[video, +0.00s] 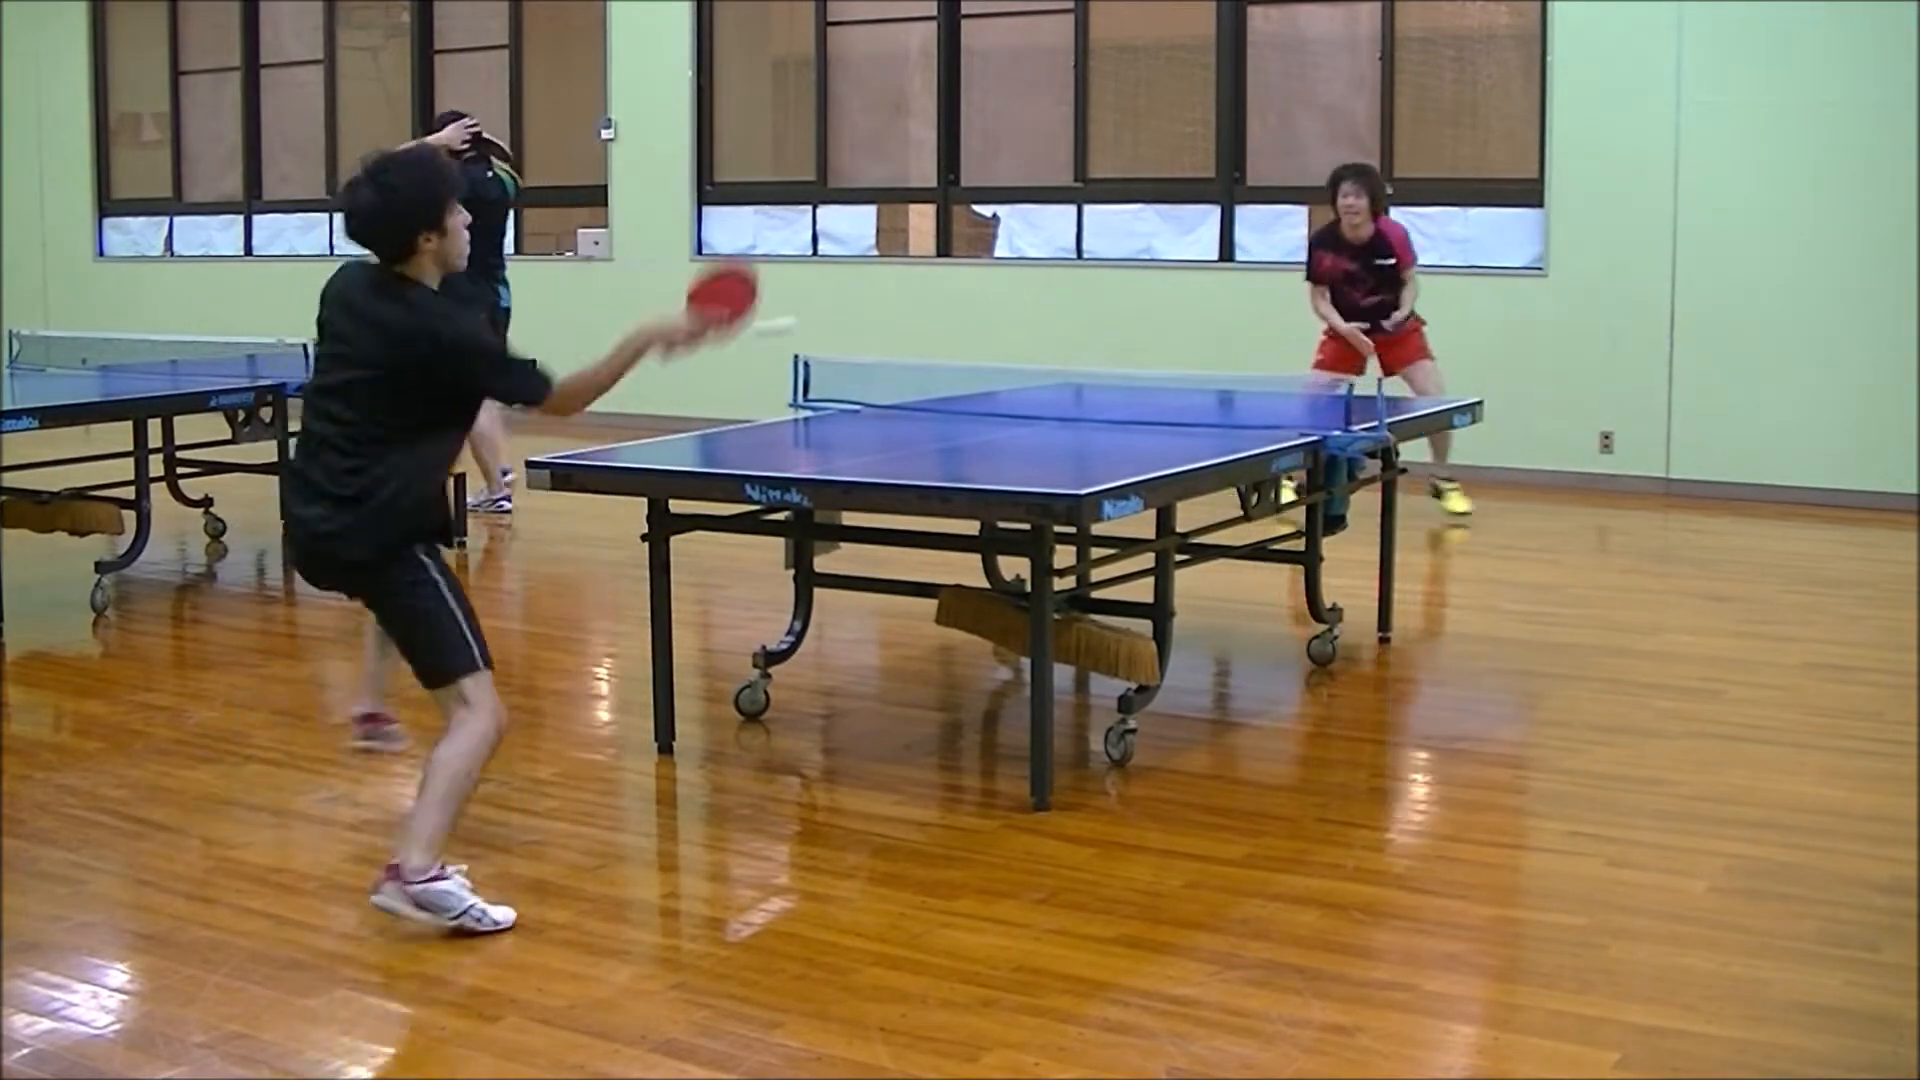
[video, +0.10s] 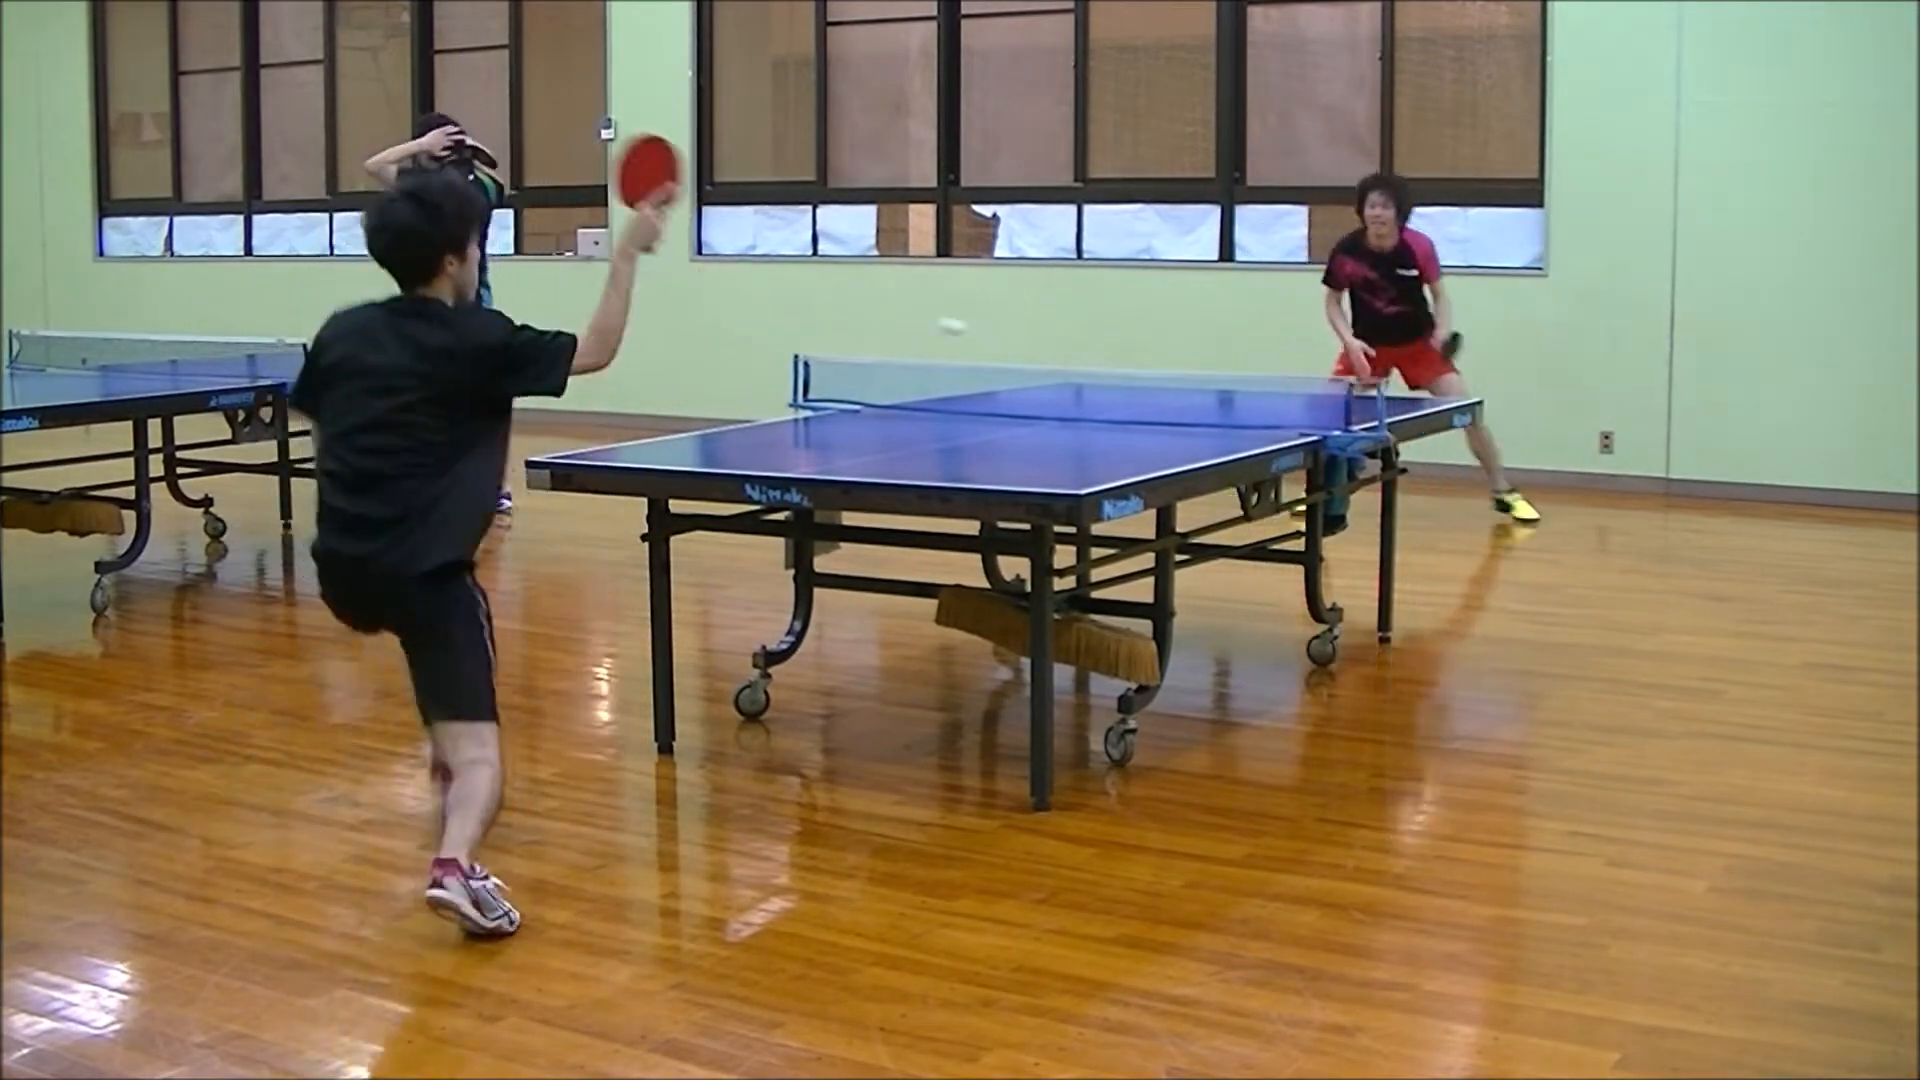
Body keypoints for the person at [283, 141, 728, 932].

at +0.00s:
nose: (470, 226)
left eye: (463, 213)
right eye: (458, 217)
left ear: (394, 234)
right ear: (425, 239)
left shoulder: (344, 287)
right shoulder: (444, 328)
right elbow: (559, 401)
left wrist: (422, 153)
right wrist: (643, 340)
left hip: (313, 521)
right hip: (382, 536)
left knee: (401, 570)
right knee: (479, 709)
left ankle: (369, 705)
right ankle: (415, 870)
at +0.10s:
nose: (479, 257)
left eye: (476, 245)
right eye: (474, 246)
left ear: (395, 258)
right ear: (453, 258)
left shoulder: (344, 331)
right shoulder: (477, 337)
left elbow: (307, 403)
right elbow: (595, 351)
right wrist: (628, 252)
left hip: (343, 577)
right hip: (428, 578)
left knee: (455, 619)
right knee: (477, 756)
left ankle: (439, 762)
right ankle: (454, 866)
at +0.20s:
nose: (482, 303)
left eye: (477, 290)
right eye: (478, 293)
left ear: (401, 302)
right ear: (462, 301)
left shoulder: (352, 387)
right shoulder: (491, 373)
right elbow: (588, 364)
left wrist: (388, 481)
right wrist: (578, 277)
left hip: (369, 613)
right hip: (457, 612)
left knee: (432, 660)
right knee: (513, 777)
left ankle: (456, 775)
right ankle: (457, 858)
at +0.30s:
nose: (484, 306)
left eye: (482, 295)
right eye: (480, 296)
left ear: (399, 304)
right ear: (463, 302)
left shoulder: (355, 386)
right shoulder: (497, 376)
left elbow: (308, 500)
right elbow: (557, 434)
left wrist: (358, 549)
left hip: (389, 602)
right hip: (476, 603)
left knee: (437, 655)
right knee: (512, 773)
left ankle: (457, 771)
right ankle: (470, 846)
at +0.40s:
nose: (487, 272)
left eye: (483, 260)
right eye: (484, 262)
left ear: (405, 269)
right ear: (472, 272)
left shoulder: (362, 344)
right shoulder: (505, 346)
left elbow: (284, 436)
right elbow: (538, 469)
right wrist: (487, 435)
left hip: (379, 561)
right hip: (463, 568)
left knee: (441, 640)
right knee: (498, 736)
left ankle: (455, 774)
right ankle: (458, 840)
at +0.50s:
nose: (492, 218)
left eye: (491, 206)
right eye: (490, 207)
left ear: (412, 207)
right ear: (474, 215)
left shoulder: (365, 278)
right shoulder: (497, 291)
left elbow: (273, 337)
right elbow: (516, 424)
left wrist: (216, 452)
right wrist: (491, 448)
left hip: (371, 500)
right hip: (453, 505)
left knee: (450, 624)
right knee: (496, 680)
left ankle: (465, 783)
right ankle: (453, 812)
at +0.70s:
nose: (499, 153)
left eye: (495, 139)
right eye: (494, 142)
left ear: (413, 145)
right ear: (477, 151)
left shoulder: (357, 211)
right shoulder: (488, 228)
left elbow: (284, 303)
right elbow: (510, 353)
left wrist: (270, 408)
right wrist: (492, 415)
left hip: (346, 451)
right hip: (428, 463)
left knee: (381, 595)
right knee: (474, 642)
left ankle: (365, 755)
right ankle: (436, 834)